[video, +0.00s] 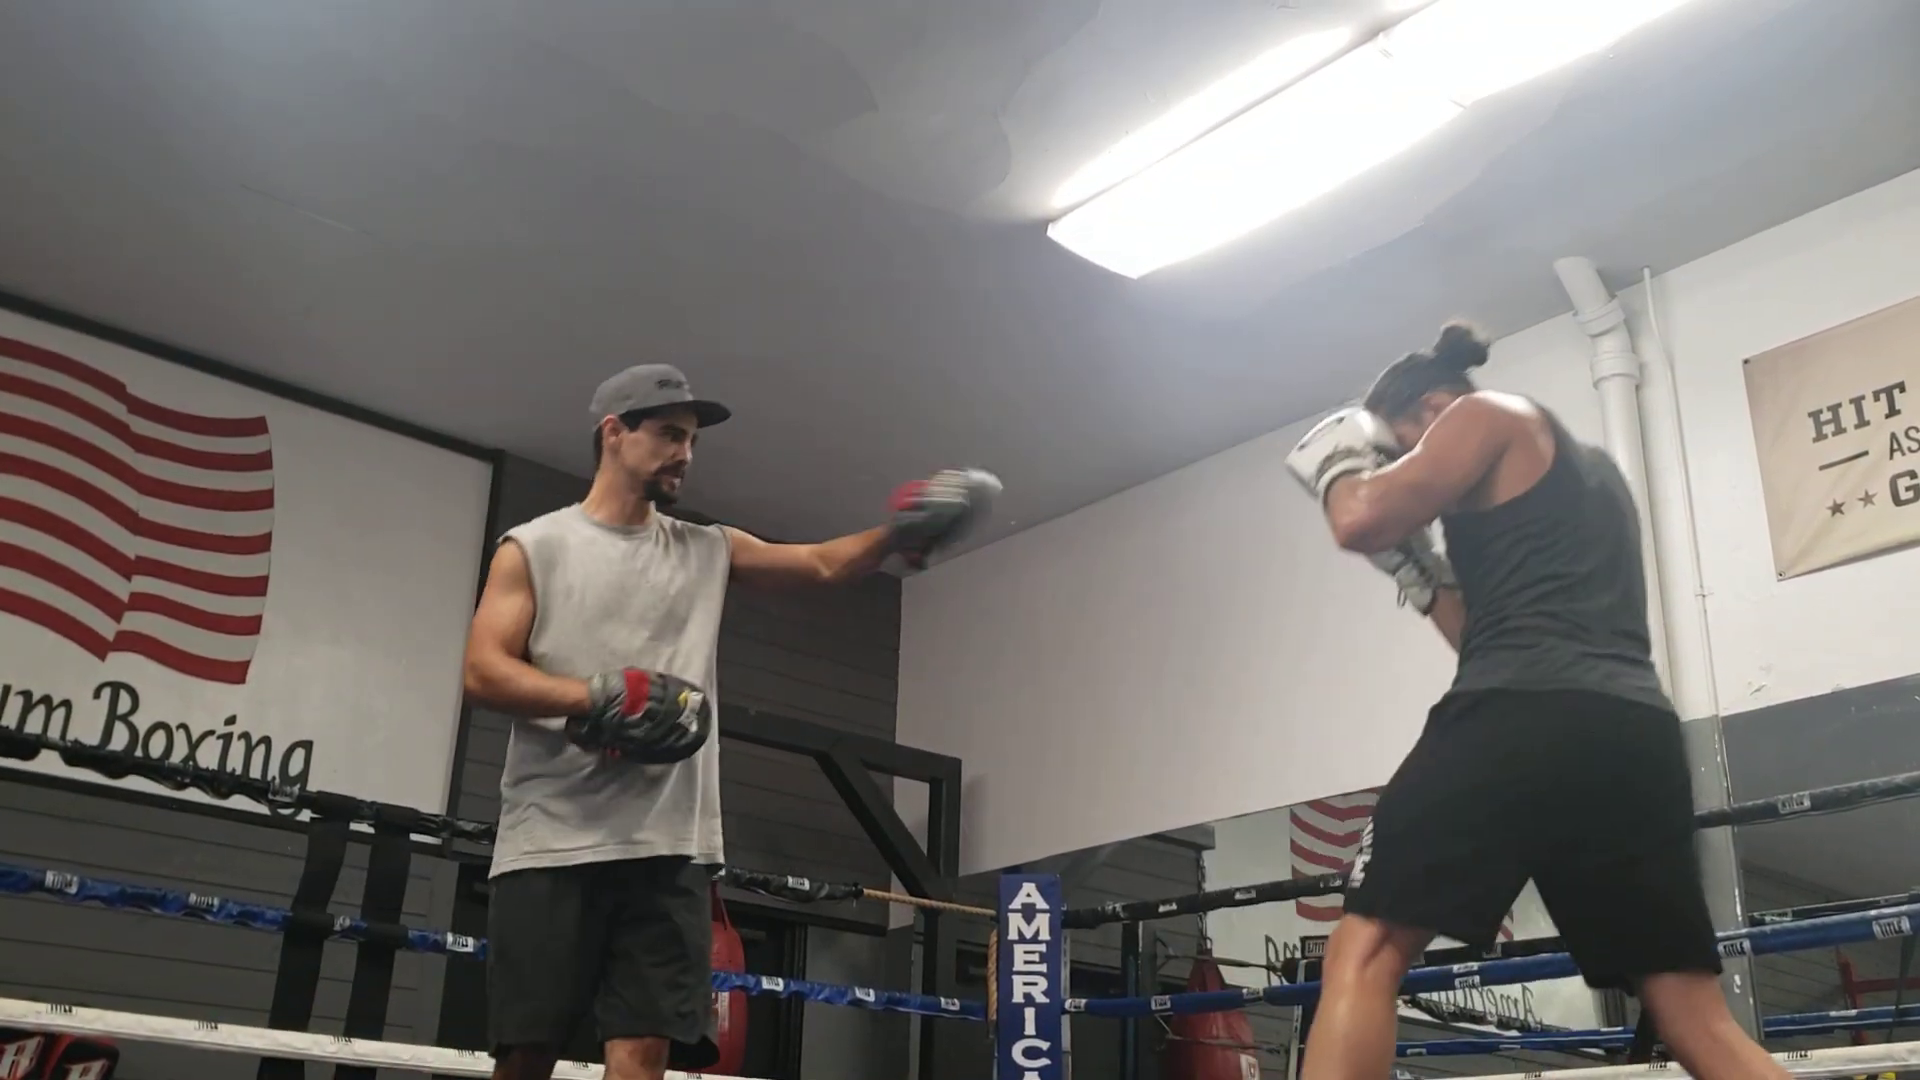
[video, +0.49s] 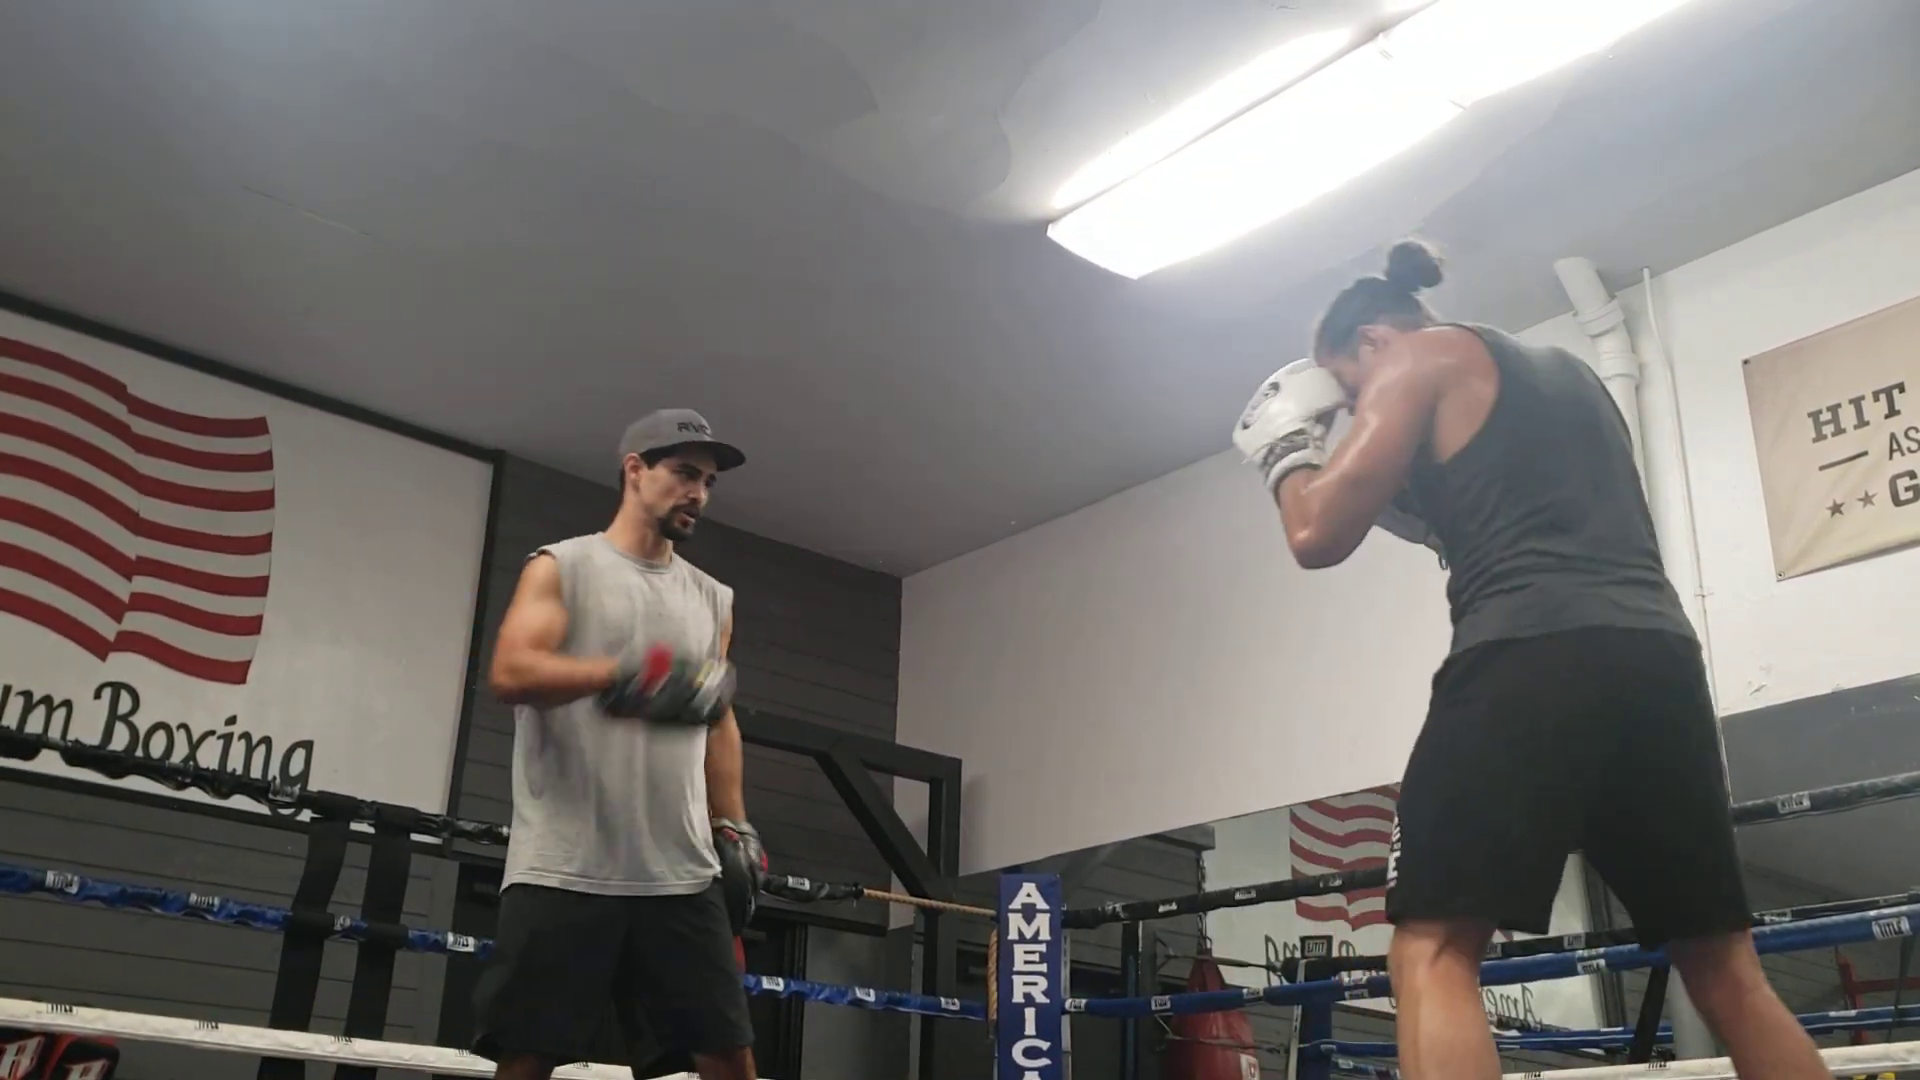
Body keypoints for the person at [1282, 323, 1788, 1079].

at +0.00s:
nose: (1411, 459)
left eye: (1404, 443)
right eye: (1403, 452)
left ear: (1425, 405)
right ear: (1455, 389)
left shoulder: (1489, 416)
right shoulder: (1595, 471)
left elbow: (1359, 522)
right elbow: (1494, 644)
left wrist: (1338, 461)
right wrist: (1412, 563)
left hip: (1515, 716)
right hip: (1636, 727)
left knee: (1366, 955)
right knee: (1697, 1015)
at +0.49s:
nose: (1359, 402)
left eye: (1352, 382)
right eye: (1348, 393)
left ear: (1372, 335)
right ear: (1413, 314)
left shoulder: (1423, 357)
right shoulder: (1572, 376)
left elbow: (1314, 535)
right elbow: (1479, 522)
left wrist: (1285, 449)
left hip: (1524, 665)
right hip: (1659, 660)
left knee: (1434, 954)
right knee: (1726, 968)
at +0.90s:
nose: (1383, 313)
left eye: (1376, 294)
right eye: (1372, 303)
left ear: (1401, 252)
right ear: (1461, 228)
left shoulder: (1439, 279)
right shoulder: (1609, 291)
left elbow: (1334, 466)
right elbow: (1507, 447)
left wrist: (1312, 392)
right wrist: (1378, 384)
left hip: (1547, 623)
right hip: (1700, 610)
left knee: (1471, 944)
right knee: (1808, 931)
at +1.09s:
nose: (1484, 317)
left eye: (1484, 298)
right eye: (1479, 308)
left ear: (1508, 262)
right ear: (1571, 234)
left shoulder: (1544, 266)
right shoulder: (1730, 313)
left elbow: (1454, 413)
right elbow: (1610, 474)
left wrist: (1398, 401)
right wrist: (1472, 440)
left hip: (1598, 643)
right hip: (1767, 635)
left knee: (1471, 944)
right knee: (1857, 944)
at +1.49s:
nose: (1420, 315)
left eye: (1417, 287)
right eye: (1410, 296)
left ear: (1467, 246)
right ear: (1489, 245)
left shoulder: (1531, 292)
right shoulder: (1659, 317)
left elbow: (1409, 473)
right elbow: (1569, 529)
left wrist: (1362, 390)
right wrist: (1464, 420)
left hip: (1625, 634)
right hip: (1776, 631)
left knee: (1476, 939)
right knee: (1838, 952)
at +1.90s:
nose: (1401, 392)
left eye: (1398, 371)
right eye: (1394, 380)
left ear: (1421, 332)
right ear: (1474, 301)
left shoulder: (1470, 335)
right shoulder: (1631, 380)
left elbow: (1350, 508)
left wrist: (1334, 436)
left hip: (1609, 661)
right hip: (1743, 654)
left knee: (1457, 955)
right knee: (1826, 967)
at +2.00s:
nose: (1443, 439)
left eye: (1447, 419)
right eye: (1440, 429)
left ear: (1470, 390)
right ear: (1538, 373)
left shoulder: (1496, 391)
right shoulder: (1672, 442)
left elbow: (1378, 545)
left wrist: (1376, 487)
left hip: (1629, 705)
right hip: (1769, 704)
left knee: (1441, 971)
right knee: (1848, 1008)